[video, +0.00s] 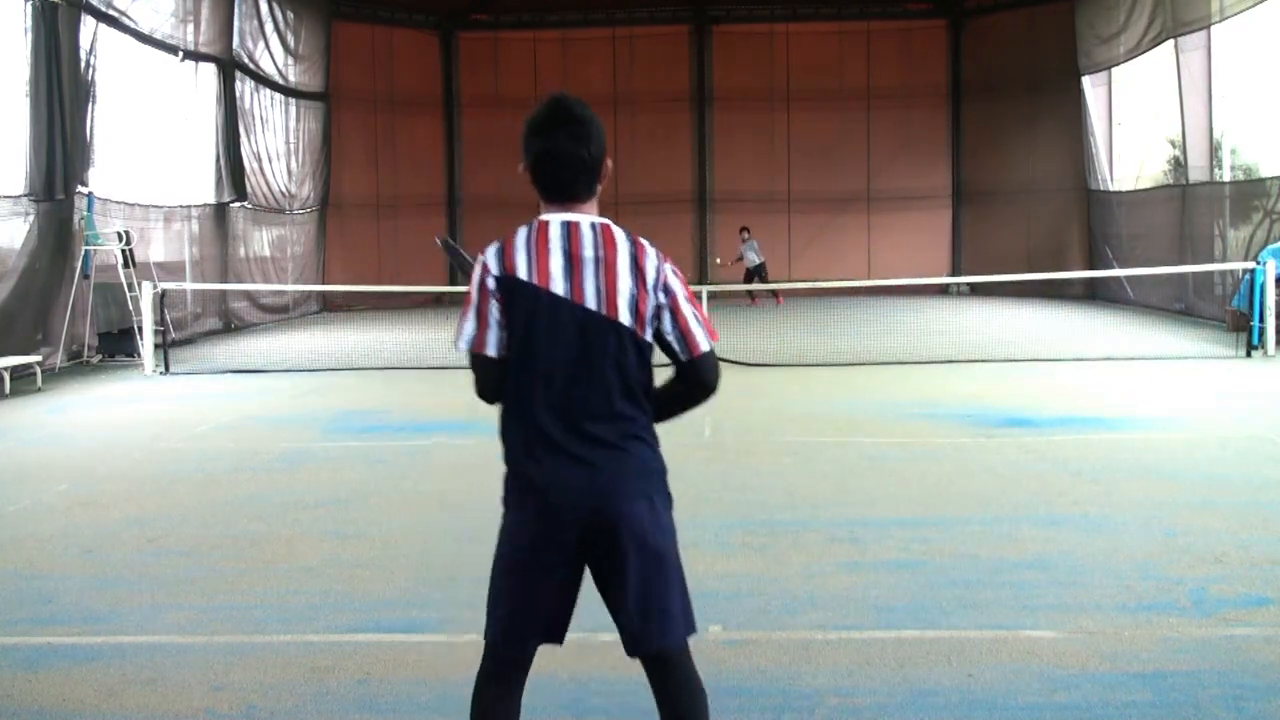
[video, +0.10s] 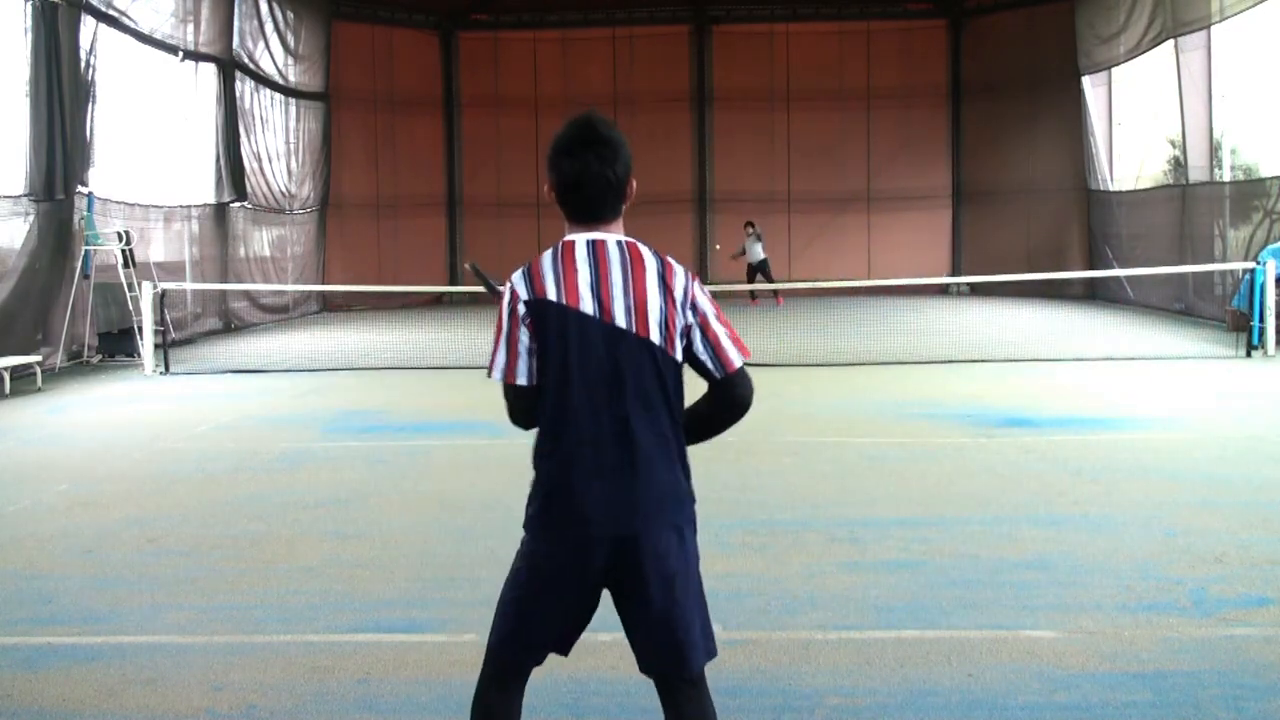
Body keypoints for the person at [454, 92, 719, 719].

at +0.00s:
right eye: (604, 159)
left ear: (527, 173)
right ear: (605, 170)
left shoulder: (498, 262)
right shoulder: (644, 260)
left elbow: (490, 383)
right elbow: (702, 375)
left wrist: (554, 379)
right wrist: (636, 411)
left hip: (540, 495)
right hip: (629, 493)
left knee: (503, 667)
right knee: (669, 660)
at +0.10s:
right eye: (631, 176)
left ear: (552, 192)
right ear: (631, 189)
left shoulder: (528, 285)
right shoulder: (672, 279)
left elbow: (523, 410)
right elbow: (735, 392)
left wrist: (576, 378)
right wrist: (667, 432)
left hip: (566, 515)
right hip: (656, 513)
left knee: (503, 673)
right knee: (683, 680)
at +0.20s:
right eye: (639, 156)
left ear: (560, 170)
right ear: (639, 168)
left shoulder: (534, 262)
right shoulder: (680, 256)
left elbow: (532, 386)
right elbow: (745, 368)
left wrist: (588, 363)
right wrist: (681, 416)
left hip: (573, 490)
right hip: (663, 489)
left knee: (515, 657)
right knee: (690, 665)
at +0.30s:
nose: (638, 144)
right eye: (638, 135)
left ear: (558, 149)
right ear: (637, 147)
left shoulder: (528, 240)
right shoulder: (678, 235)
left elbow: (523, 364)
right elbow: (741, 347)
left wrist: (583, 366)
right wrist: (687, 399)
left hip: (570, 478)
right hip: (662, 477)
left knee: (520, 649)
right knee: (698, 653)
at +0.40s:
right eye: (637, 156)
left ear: (556, 170)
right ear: (634, 168)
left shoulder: (525, 264)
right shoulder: (674, 256)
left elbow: (517, 390)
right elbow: (733, 373)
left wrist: (582, 382)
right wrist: (683, 429)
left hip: (567, 501)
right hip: (660, 498)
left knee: (524, 667)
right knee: (707, 666)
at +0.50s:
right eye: (631, 204)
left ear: (551, 222)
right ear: (629, 216)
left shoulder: (521, 316)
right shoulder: (670, 304)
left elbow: (519, 440)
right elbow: (732, 422)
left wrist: (574, 479)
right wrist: (672, 480)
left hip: (562, 541)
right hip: (655, 538)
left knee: (525, 697)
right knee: (714, 693)